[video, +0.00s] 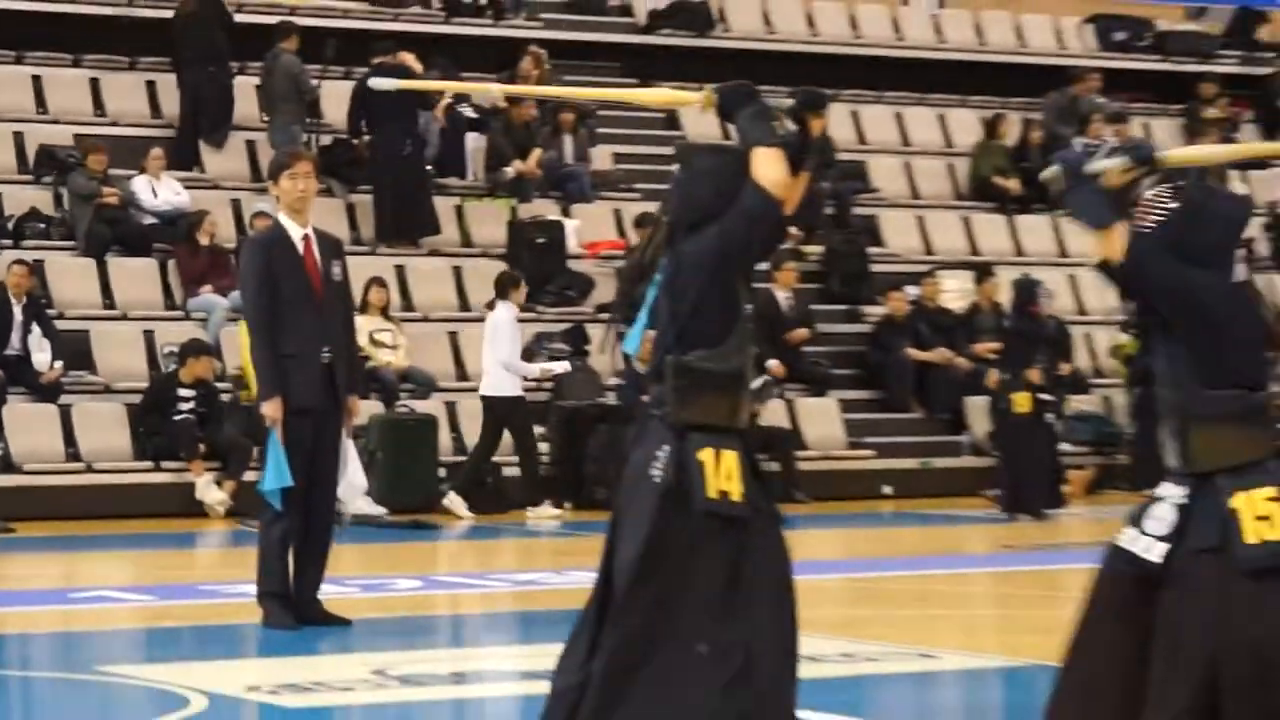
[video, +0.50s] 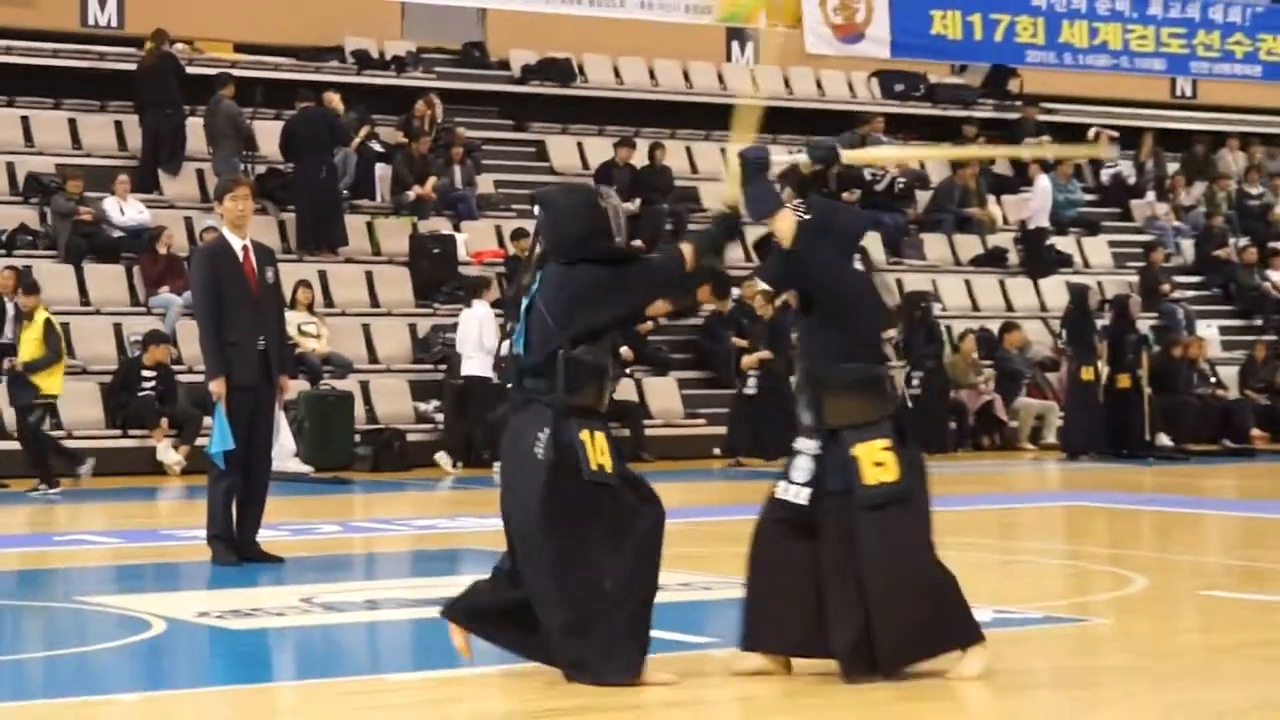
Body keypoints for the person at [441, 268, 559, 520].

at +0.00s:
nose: (526, 291)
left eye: (524, 287)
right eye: (523, 287)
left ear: (503, 291)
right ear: (514, 290)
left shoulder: (495, 315)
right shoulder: (507, 318)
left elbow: (502, 359)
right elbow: (508, 359)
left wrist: (531, 371)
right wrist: (538, 371)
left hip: (492, 390)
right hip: (507, 392)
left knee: (486, 445)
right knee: (527, 447)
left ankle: (457, 493)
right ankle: (535, 503)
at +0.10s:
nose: (516, 292)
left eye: (515, 287)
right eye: (513, 287)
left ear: (494, 289)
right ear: (504, 289)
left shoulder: (488, 314)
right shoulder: (498, 315)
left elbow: (495, 356)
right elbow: (501, 355)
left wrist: (524, 369)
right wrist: (532, 367)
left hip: (487, 384)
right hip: (498, 385)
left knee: (495, 438)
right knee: (513, 439)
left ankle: (458, 473)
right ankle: (511, 492)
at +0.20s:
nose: (507, 292)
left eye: (506, 287)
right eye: (505, 287)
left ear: (487, 289)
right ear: (497, 289)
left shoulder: (475, 312)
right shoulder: (492, 312)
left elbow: (481, 349)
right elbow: (495, 350)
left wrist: (516, 359)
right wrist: (527, 362)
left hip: (477, 379)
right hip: (490, 380)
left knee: (497, 431)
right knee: (499, 431)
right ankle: (483, 480)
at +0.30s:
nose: (494, 294)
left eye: (493, 289)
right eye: (492, 289)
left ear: (475, 291)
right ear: (484, 290)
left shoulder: (463, 312)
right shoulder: (483, 312)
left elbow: (455, 346)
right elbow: (485, 348)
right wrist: (509, 356)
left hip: (464, 374)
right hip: (478, 376)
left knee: (480, 423)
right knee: (478, 424)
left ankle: (481, 467)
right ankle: (465, 471)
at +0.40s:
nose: (488, 294)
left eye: (487, 290)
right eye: (485, 291)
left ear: (469, 293)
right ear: (477, 292)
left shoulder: (456, 313)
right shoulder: (478, 313)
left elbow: (449, 347)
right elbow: (479, 347)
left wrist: (468, 357)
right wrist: (500, 352)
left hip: (455, 375)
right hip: (470, 376)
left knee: (457, 424)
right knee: (469, 423)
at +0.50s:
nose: (497, 292)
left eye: (496, 288)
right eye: (494, 288)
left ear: (476, 292)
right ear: (485, 291)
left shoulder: (465, 313)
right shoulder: (486, 312)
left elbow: (458, 345)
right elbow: (490, 344)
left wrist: (474, 353)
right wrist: (510, 344)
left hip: (466, 369)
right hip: (482, 371)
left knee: (467, 415)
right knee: (487, 414)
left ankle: (451, 453)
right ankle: (495, 457)